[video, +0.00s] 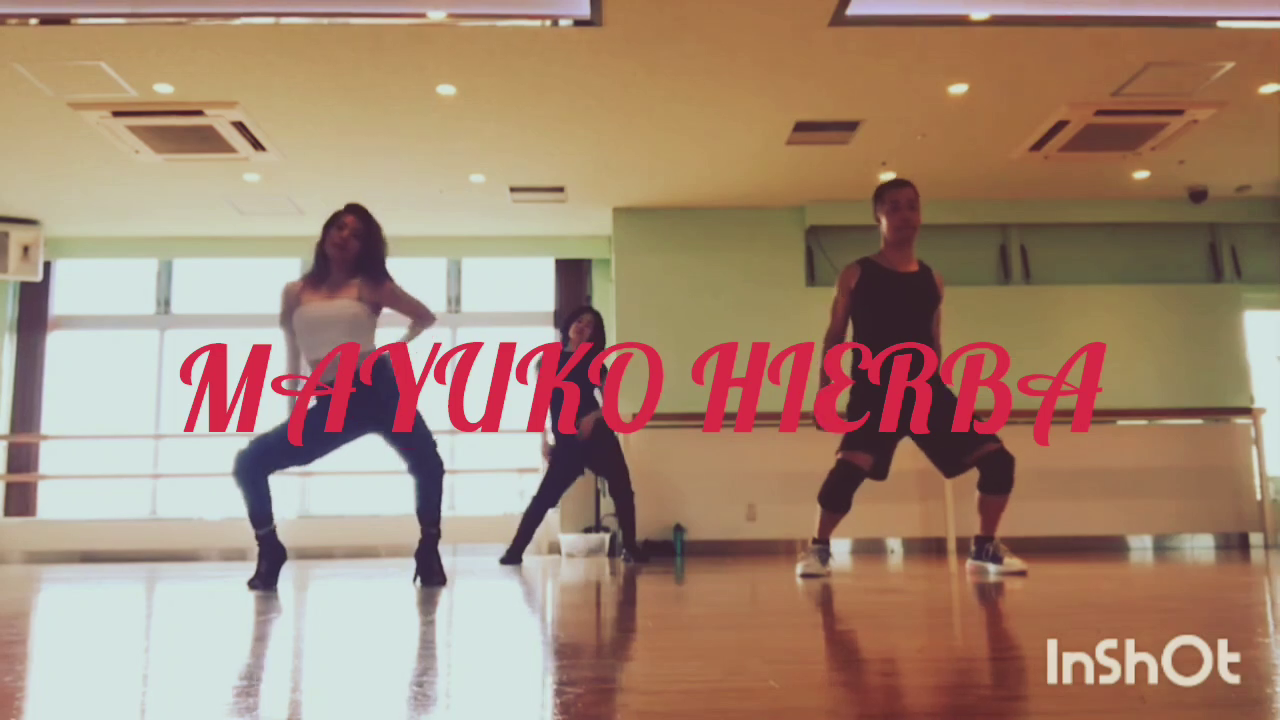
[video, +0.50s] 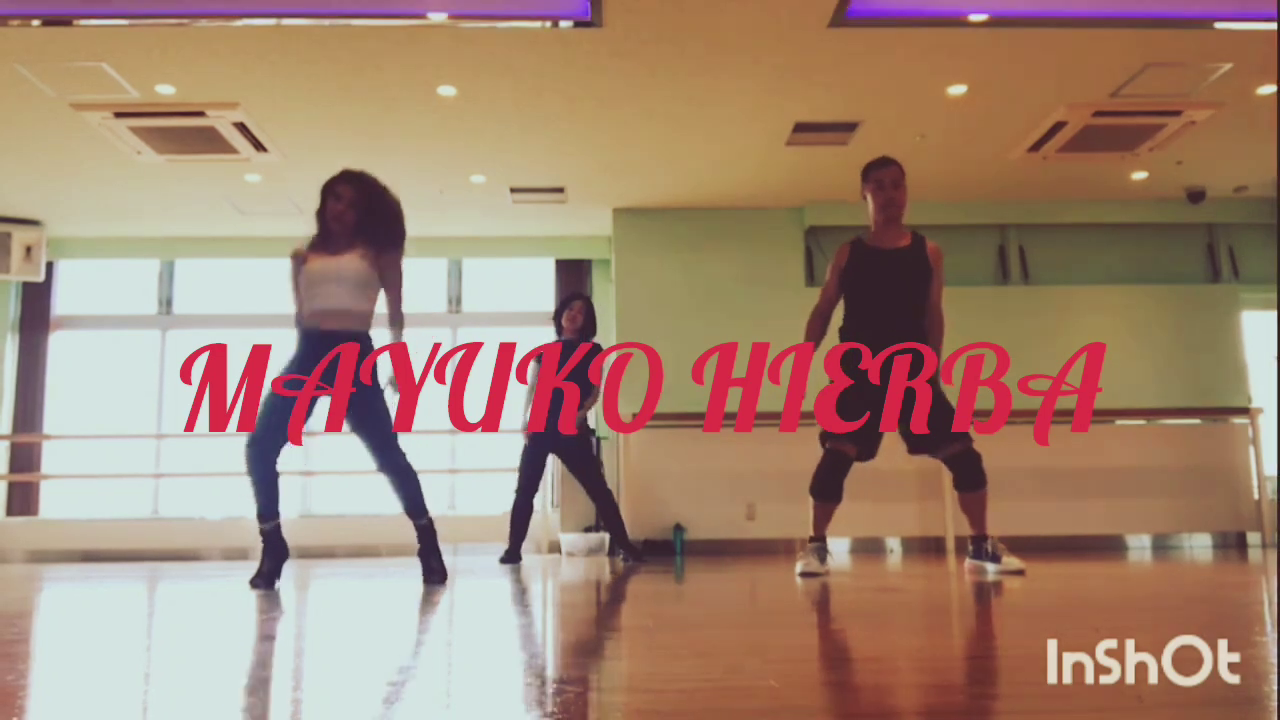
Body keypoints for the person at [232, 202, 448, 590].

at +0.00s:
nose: (344, 237)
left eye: (355, 234)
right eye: (339, 229)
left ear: (366, 246)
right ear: (325, 235)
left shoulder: (373, 287)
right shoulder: (295, 293)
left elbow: (425, 317)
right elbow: (293, 356)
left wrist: (395, 350)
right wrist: (294, 411)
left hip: (380, 399)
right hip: (331, 408)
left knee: (429, 467)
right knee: (249, 463)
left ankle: (429, 549)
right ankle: (269, 549)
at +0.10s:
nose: (344, 227)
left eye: (355, 223)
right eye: (338, 218)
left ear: (366, 234)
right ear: (325, 223)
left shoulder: (372, 274)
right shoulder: (296, 278)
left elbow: (414, 309)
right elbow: (287, 335)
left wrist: (390, 337)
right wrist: (287, 391)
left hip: (381, 378)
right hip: (334, 389)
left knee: (420, 457)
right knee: (260, 463)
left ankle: (429, 548)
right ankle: (271, 549)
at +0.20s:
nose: (346, 210)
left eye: (356, 205)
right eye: (339, 200)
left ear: (368, 215)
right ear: (326, 204)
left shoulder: (374, 253)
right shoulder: (297, 254)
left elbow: (405, 304)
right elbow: (286, 317)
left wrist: (390, 341)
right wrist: (283, 374)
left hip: (380, 355)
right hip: (332, 362)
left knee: (410, 447)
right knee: (273, 456)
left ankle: (430, 548)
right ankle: (272, 548)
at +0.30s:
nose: (345, 195)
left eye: (356, 190)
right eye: (338, 186)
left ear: (369, 199)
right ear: (325, 189)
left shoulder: (380, 240)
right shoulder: (299, 238)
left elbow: (398, 298)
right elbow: (288, 304)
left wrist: (399, 330)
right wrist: (284, 361)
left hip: (372, 341)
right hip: (321, 343)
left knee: (397, 441)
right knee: (285, 446)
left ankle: (424, 541)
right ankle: (272, 543)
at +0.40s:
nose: (343, 195)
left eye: (354, 189)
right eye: (337, 185)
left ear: (369, 198)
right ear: (324, 189)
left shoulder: (384, 242)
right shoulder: (301, 239)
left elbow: (393, 300)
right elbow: (296, 300)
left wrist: (397, 318)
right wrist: (295, 335)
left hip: (358, 339)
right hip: (308, 337)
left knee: (385, 437)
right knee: (283, 436)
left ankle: (420, 540)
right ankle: (273, 540)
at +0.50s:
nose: (339, 209)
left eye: (350, 203)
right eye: (334, 199)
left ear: (364, 212)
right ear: (323, 204)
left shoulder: (380, 255)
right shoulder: (304, 256)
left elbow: (395, 313)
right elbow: (303, 314)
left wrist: (398, 363)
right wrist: (305, 358)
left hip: (354, 360)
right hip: (308, 358)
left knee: (387, 453)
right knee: (260, 447)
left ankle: (428, 543)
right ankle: (272, 543)